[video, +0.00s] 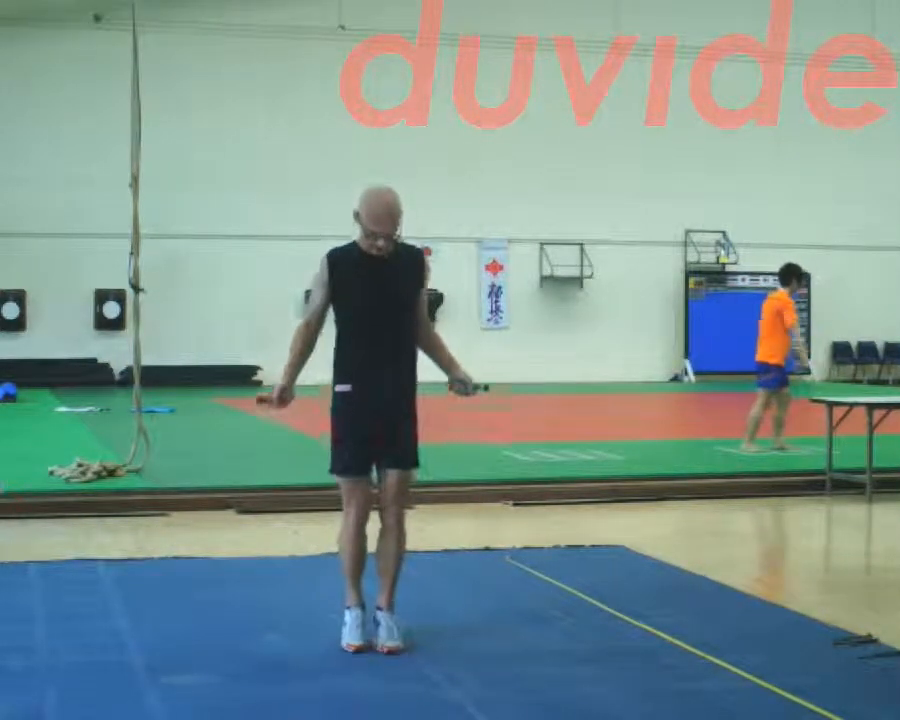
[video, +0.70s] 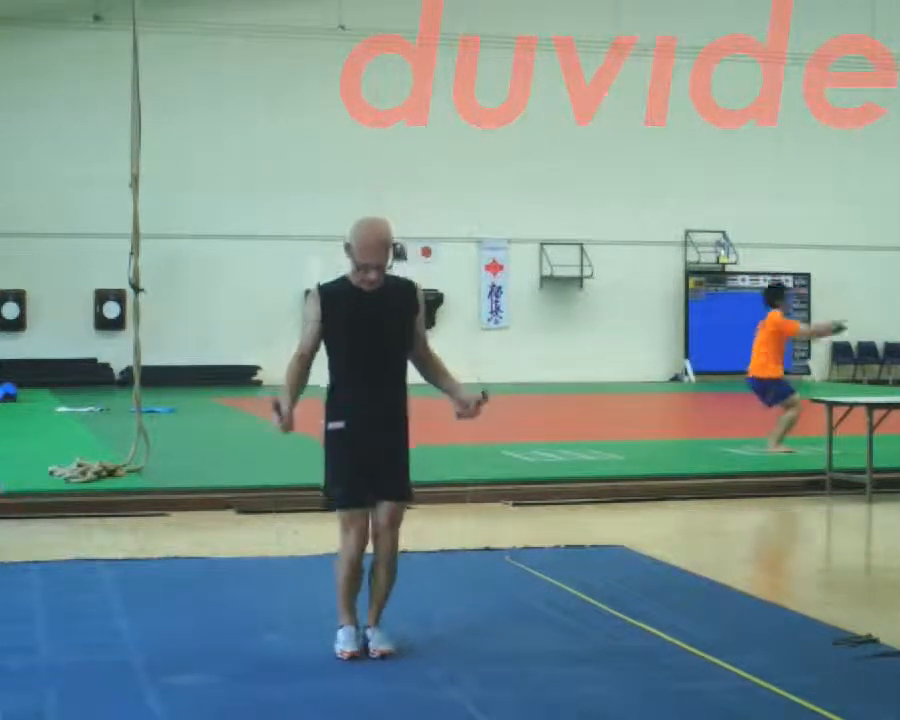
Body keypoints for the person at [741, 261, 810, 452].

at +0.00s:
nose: (801, 286)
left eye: (801, 281)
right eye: (800, 281)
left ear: (783, 280)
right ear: (793, 281)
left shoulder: (771, 299)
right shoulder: (785, 302)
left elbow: (767, 331)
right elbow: (794, 333)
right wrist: (804, 359)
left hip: (766, 357)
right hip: (773, 359)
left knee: (783, 398)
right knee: (763, 399)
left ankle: (778, 439)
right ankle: (748, 441)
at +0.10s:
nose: (810, 286)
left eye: (811, 282)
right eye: (810, 282)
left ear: (795, 279)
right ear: (803, 280)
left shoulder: (782, 294)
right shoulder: (790, 296)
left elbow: (757, 305)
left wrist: (730, 308)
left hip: (773, 351)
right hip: (773, 352)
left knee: (781, 395)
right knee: (769, 394)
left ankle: (778, 437)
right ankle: (752, 440)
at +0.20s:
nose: (816, 292)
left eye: (818, 289)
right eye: (817, 287)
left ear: (804, 281)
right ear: (810, 284)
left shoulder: (783, 291)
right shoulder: (795, 292)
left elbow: (758, 286)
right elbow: (773, 282)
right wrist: (747, 273)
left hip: (769, 344)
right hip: (769, 345)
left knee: (778, 393)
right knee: (771, 392)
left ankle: (779, 435)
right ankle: (767, 436)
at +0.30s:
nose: (817, 310)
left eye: (820, 306)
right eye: (819, 305)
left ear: (809, 294)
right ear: (813, 298)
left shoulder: (784, 296)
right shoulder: (797, 300)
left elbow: (765, 285)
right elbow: (776, 280)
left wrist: (753, 268)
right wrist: (756, 264)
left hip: (760, 346)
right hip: (767, 348)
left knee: (775, 394)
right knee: (776, 395)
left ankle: (773, 437)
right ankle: (773, 438)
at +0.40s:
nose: (818, 335)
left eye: (820, 331)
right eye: (819, 330)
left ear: (810, 320)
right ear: (813, 324)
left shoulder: (789, 319)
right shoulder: (794, 321)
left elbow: (773, 304)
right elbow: (774, 302)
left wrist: (762, 280)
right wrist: (763, 280)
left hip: (752, 363)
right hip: (760, 366)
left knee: (778, 402)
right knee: (782, 403)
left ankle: (772, 440)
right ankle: (773, 442)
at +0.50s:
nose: (820, 347)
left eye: (822, 344)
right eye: (821, 343)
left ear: (809, 335)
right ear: (815, 339)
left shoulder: (791, 341)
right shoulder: (796, 343)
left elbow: (766, 341)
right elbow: (771, 336)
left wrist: (751, 328)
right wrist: (748, 322)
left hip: (752, 376)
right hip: (760, 378)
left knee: (787, 405)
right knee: (791, 404)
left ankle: (771, 440)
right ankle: (774, 443)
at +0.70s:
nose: (789, 302)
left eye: (787, 298)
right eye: (786, 298)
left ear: (769, 302)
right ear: (779, 301)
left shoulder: (767, 321)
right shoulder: (776, 321)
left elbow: (802, 333)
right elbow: (804, 331)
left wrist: (826, 330)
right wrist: (830, 328)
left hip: (759, 374)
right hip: (767, 375)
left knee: (793, 405)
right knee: (794, 406)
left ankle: (775, 442)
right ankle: (774, 443)